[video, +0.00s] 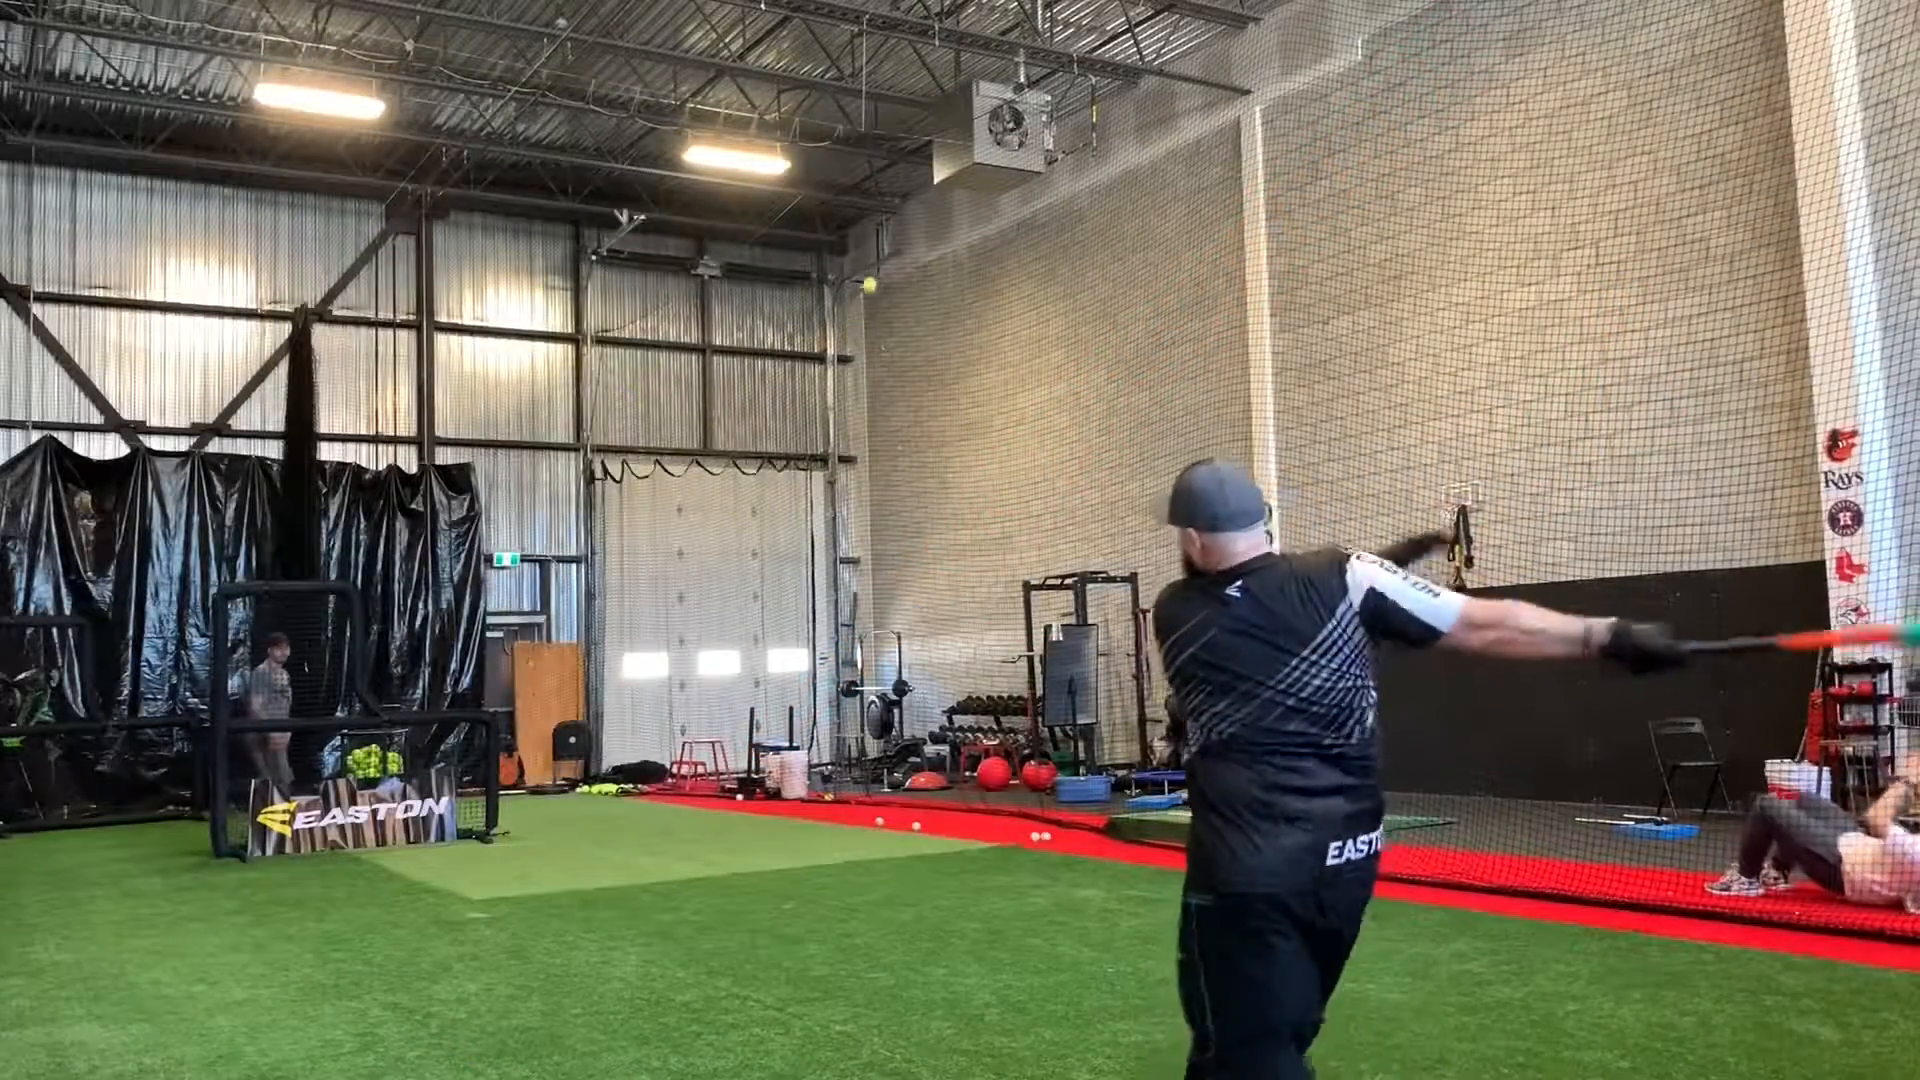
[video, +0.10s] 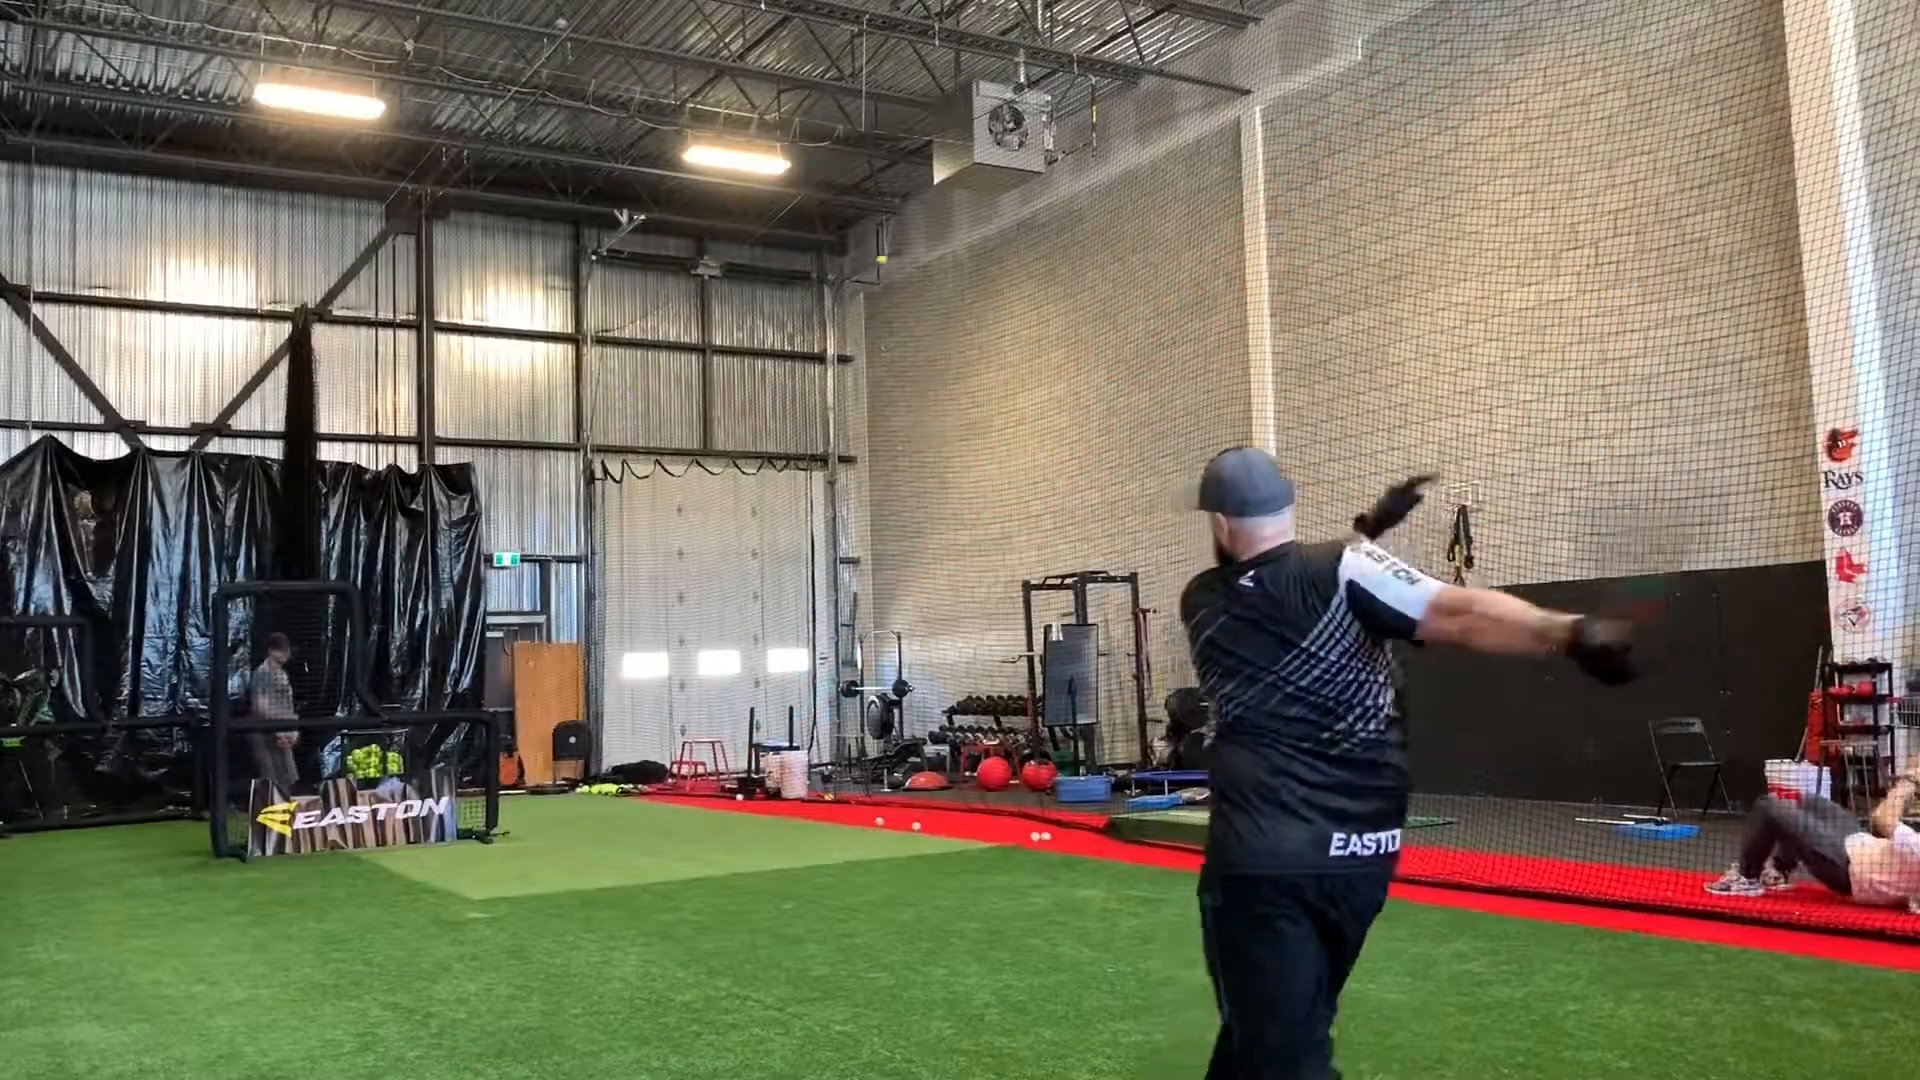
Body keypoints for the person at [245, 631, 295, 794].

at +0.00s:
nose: (284, 653)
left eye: (286, 649)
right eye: (279, 649)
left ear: (289, 651)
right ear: (269, 651)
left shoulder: (284, 673)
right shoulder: (261, 672)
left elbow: (286, 702)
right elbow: (256, 705)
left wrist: (285, 727)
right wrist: (269, 728)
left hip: (283, 726)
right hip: (267, 727)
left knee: (282, 772)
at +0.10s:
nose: (283, 656)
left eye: (286, 652)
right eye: (280, 652)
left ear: (288, 654)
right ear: (270, 652)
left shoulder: (282, 674)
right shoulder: (262, 672)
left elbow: (288, 705)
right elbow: (260, 705)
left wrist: (293, 728)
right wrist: (278, 729)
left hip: (282, 734)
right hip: (266, 733)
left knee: (289, 777)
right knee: (272, 778)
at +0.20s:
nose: (288, 657)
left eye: (289, 653)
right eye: (285, 653)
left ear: (278, 653)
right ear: (273, 652)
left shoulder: (279, 674)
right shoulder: (265, 673)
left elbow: (283, 703)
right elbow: (266, 706)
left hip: (283, 733)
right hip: (268, 733)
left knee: (297, 776)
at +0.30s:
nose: (292, 659)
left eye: (293, 655)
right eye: (289, 654)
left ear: (278, 653)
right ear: (277, 652)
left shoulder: (279, 673)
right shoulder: (269, 674)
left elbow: (283, 700)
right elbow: (278, 707)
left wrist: (302, 701)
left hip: (284, 730)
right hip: (272, 733)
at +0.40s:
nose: (297, 661)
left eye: (298, 657)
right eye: (294, 657)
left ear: (283, 655)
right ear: (282, 655)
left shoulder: (282, 673)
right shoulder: (274, 675)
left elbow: (288, 700)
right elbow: (284, 708)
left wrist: (308, 699)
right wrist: (317, 711)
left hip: (287, 731)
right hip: (276, 734)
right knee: (289, 780)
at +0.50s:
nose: (308, 662)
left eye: (309, 658)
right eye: (306, 657)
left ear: (295, 653)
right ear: (296, 653)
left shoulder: (291, 671)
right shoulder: (283, 674)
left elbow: (297, 698)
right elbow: (298, 706)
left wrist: (317, 700)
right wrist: (334, 714)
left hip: (288, 733)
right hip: (278, 736)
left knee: (298, 780)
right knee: (289, 782)